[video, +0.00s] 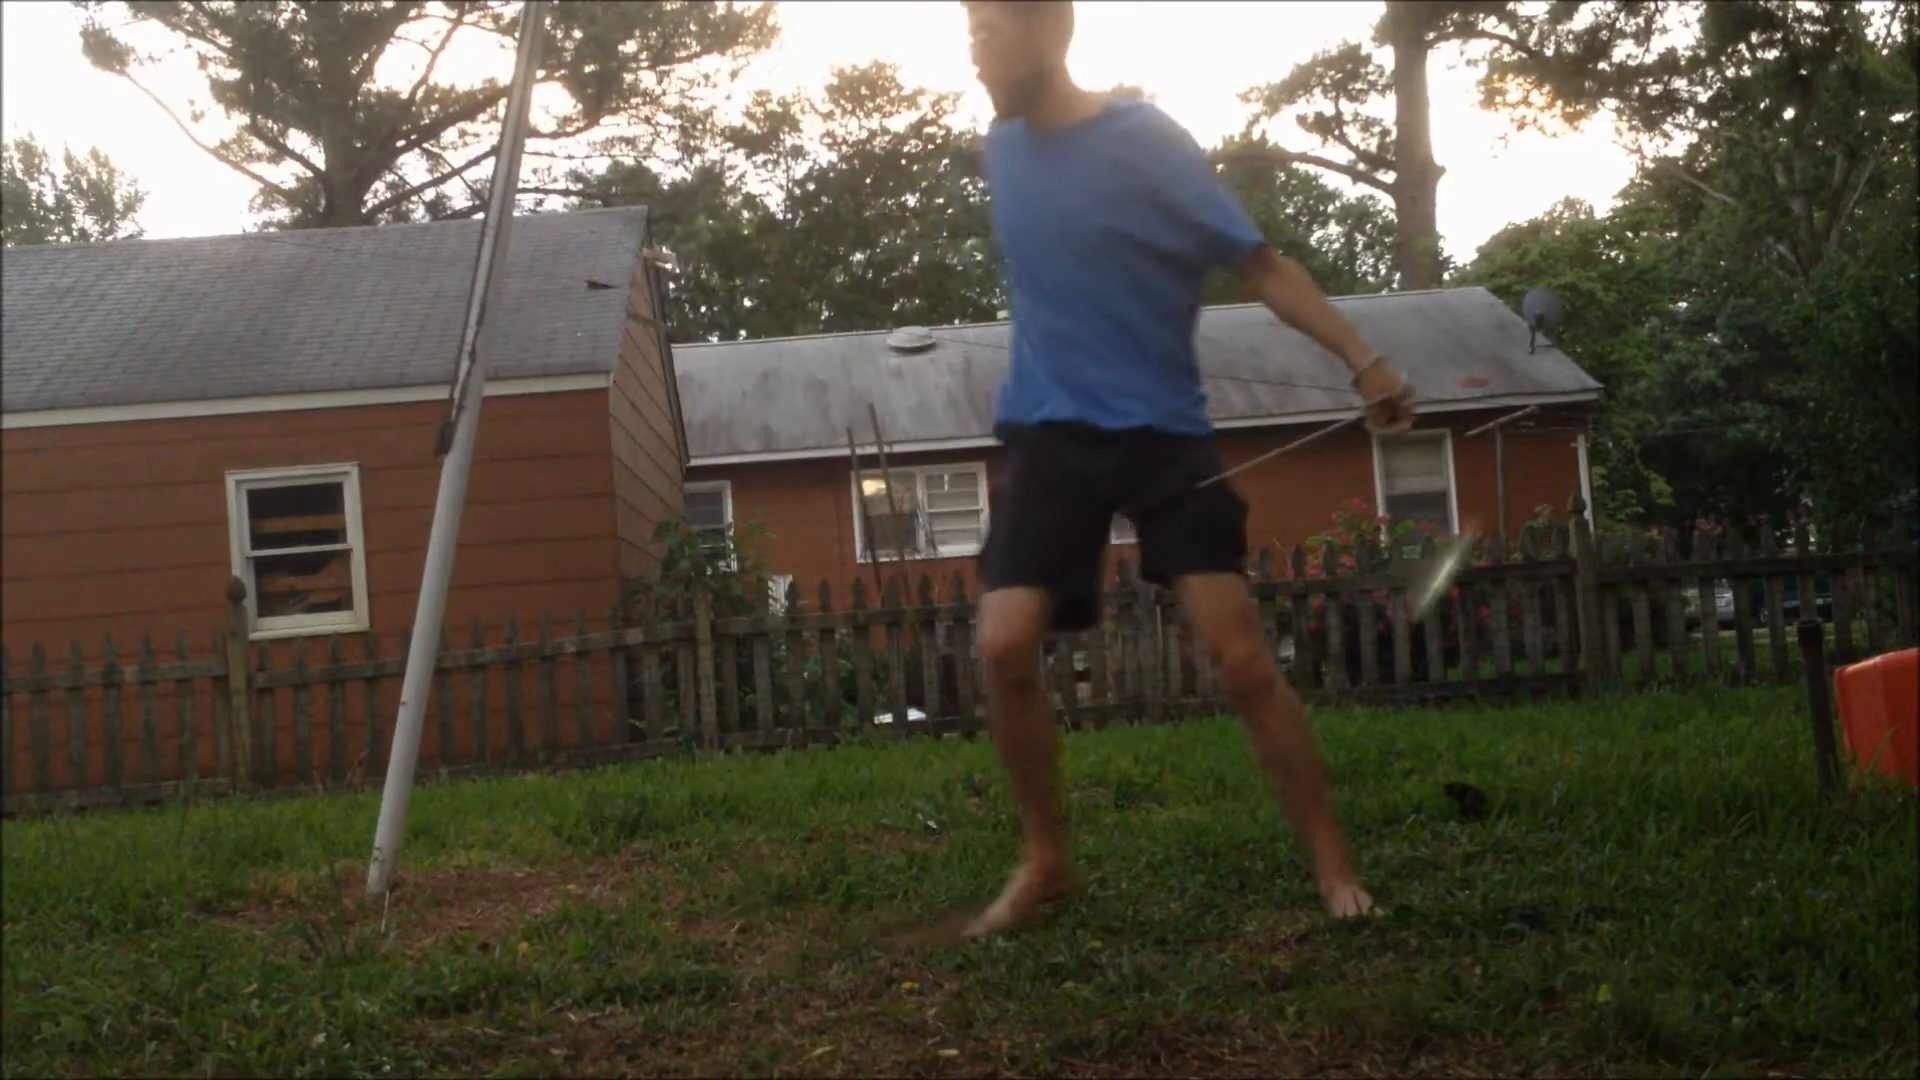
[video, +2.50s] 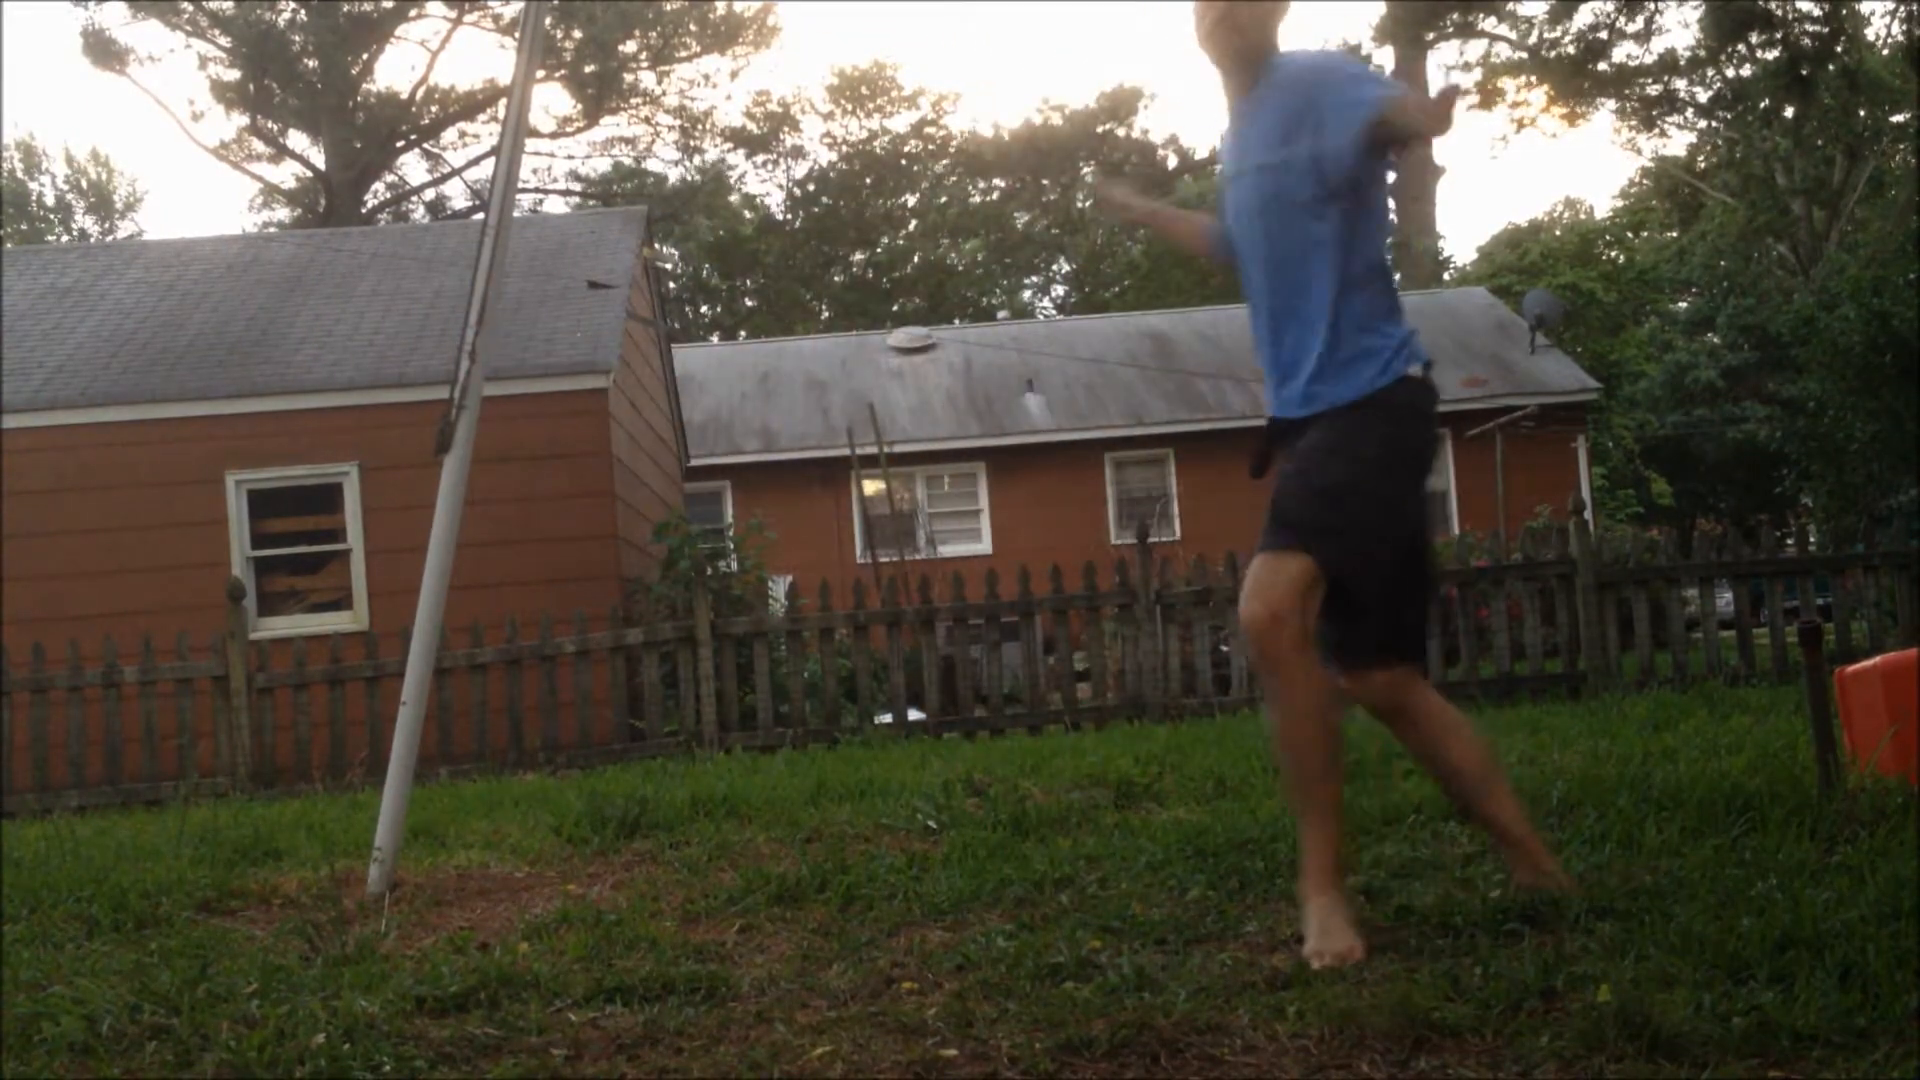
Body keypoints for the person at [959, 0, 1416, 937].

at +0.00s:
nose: (976, 40)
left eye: (993, 20)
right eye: (971, 24)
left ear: (1054, 24)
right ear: (979, 37)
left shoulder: (1142, 138)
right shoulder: (1000, 148)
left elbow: (1258, 263)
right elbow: (1052, 282)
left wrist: (1363, 360)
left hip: (1165, 435)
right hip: (1047, 437)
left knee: (1238, 657)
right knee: (1002, 647)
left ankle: (1336, 877)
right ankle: (1045, 862)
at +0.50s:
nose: (958, 49)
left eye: (971, 27)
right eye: (955, 31)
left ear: (1030, 28)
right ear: (975, 38)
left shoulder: (1111, 132)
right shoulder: (993, 145)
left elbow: (1201, 265)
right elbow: (1010, 231)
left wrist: (1193, 369)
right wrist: (911, 274)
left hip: (1153, 432)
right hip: (1045, 439)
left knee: (1220, 657)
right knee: (1017, 664)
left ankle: (1324, 869)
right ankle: (1063, 886)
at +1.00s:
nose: (893, 30)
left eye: (912, 12)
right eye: (895, 13)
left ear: (967, 21)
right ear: (934, 27)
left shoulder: (1009, 120)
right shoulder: (946, 132)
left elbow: (1056, 278)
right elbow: (994, 285)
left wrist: (934, 356)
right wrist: (953, 387)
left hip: (1043, 396)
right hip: (994, 401)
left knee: (894, 554)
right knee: (941, 658)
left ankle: (1090, 612)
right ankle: (1032, 886)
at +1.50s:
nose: (1062, 87)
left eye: (1080, 72)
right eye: (1069, 70)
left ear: (1125, 89)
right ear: (1134, 95)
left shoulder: (1101, 167)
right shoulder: (1151, 188)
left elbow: (936, 225)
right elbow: (1021, 242)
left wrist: (783, 250)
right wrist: (982, 169)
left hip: (1037, 408)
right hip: (1068, 447)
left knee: (834, 266)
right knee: (939, 673)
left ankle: (614, 369)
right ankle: (1032, 892)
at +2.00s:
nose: (1173, 35)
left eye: (1183, 16)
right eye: (1176, 18)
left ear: (1226, 21)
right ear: (1244, 25)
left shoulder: (1251, 90)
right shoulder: (1259, 142)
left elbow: (1295, 181)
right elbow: (1178, 287)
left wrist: (1171, 192)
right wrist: (1051, 240)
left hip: (1304, 374)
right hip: (1351, 384)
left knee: (1105, 520)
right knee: (1338, 639)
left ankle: (1308, 647)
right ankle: (1388, 870)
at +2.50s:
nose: (1204, 20)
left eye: (1216, 4)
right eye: (1201, 8)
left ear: (1262, 10)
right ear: (1214, 28)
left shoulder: (1316, 78)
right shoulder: (1243, 130)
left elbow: (1398, 117)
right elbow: (1240, 247)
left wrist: (1419, 117)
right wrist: (1136, 206)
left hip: (1370, 399)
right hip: (1312, 413)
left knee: (1272, 609)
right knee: (1381, 673)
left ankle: (1323, 896)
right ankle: (1544, 875)